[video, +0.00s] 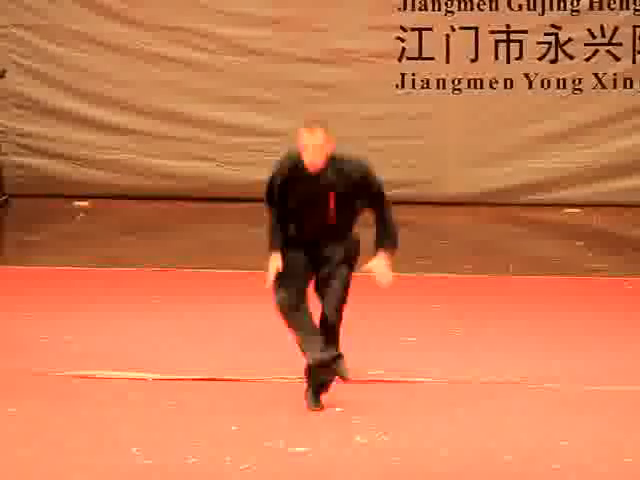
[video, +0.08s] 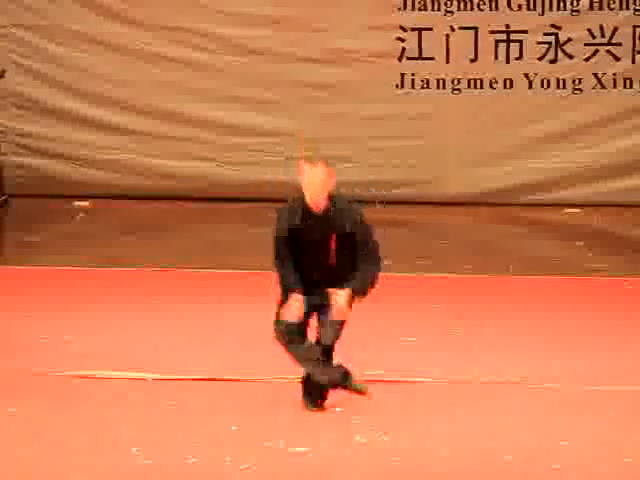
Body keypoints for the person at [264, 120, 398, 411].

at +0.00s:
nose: (311, 155)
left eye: (317, 147)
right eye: (305, 148)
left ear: (330, 145)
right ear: (298, 147)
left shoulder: (353, 173)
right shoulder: (286, 174)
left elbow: (380, 208)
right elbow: (276, 214)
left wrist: (385, 251)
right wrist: (275, 250)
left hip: (337, 246)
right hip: (298, 247)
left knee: (332, 312)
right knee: (287, 299)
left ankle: (316, 384)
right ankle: (321, 353)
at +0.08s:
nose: (314, 187)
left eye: (320, 179)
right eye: (309, 179)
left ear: (331, 180)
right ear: (301, 180)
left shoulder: (349, 217)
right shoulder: (289, 217)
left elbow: (370, 262)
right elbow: (283, 259)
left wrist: (351, 290)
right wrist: (294, 291)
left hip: (336, 289)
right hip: (302, 289)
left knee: (328, 338)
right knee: (287, 329)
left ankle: (315, 383)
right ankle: (332, 374)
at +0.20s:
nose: (319, 215)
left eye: (325, 208)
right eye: (313, 208)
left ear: (335, 208)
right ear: (305, 209)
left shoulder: (349, 238)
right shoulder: (294, 238)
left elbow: (359, 282)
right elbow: (289, 285)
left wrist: (328, 285)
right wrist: (305, 283)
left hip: (342, 315)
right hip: (305, 316)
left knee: (344, 363)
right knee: (290, 370)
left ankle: (319, 398)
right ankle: (342, 406)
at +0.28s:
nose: (322, 225)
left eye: (328, 218)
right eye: (316, 218)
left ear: (339, 219)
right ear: (308, 219)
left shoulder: (354, 250)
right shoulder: (295, 247)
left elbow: (365, 283)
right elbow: (282, 287)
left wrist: (332, 273)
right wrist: (307, 275)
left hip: (344, 331)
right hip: (306, 330)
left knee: (345, 382)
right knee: (291, 390)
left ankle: (305, 401)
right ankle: (352, 410)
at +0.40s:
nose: (324, 244)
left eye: (331, 237)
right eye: (319, 237)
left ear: (344, 239)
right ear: (312, 239)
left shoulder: (353, 272)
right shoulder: (298, 270)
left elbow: (369, 292)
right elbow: (276, 295)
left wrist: (333, 278)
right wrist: (306, 278)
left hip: (347, 355)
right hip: (309, 355)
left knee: (352, 408)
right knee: (290, 413)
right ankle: (351, 414)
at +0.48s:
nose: (325, 254)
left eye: (331, 248)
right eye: (319, 248)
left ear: (341, 251)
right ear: (311, 251)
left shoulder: (353, 284)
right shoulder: (299, 285)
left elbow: (368, 307)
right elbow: (274, 308)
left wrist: (332, 294)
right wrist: (308, 290)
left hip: (354, 362)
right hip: (318, 364)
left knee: (351, 406)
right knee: (287, 414)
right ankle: (345, 412)